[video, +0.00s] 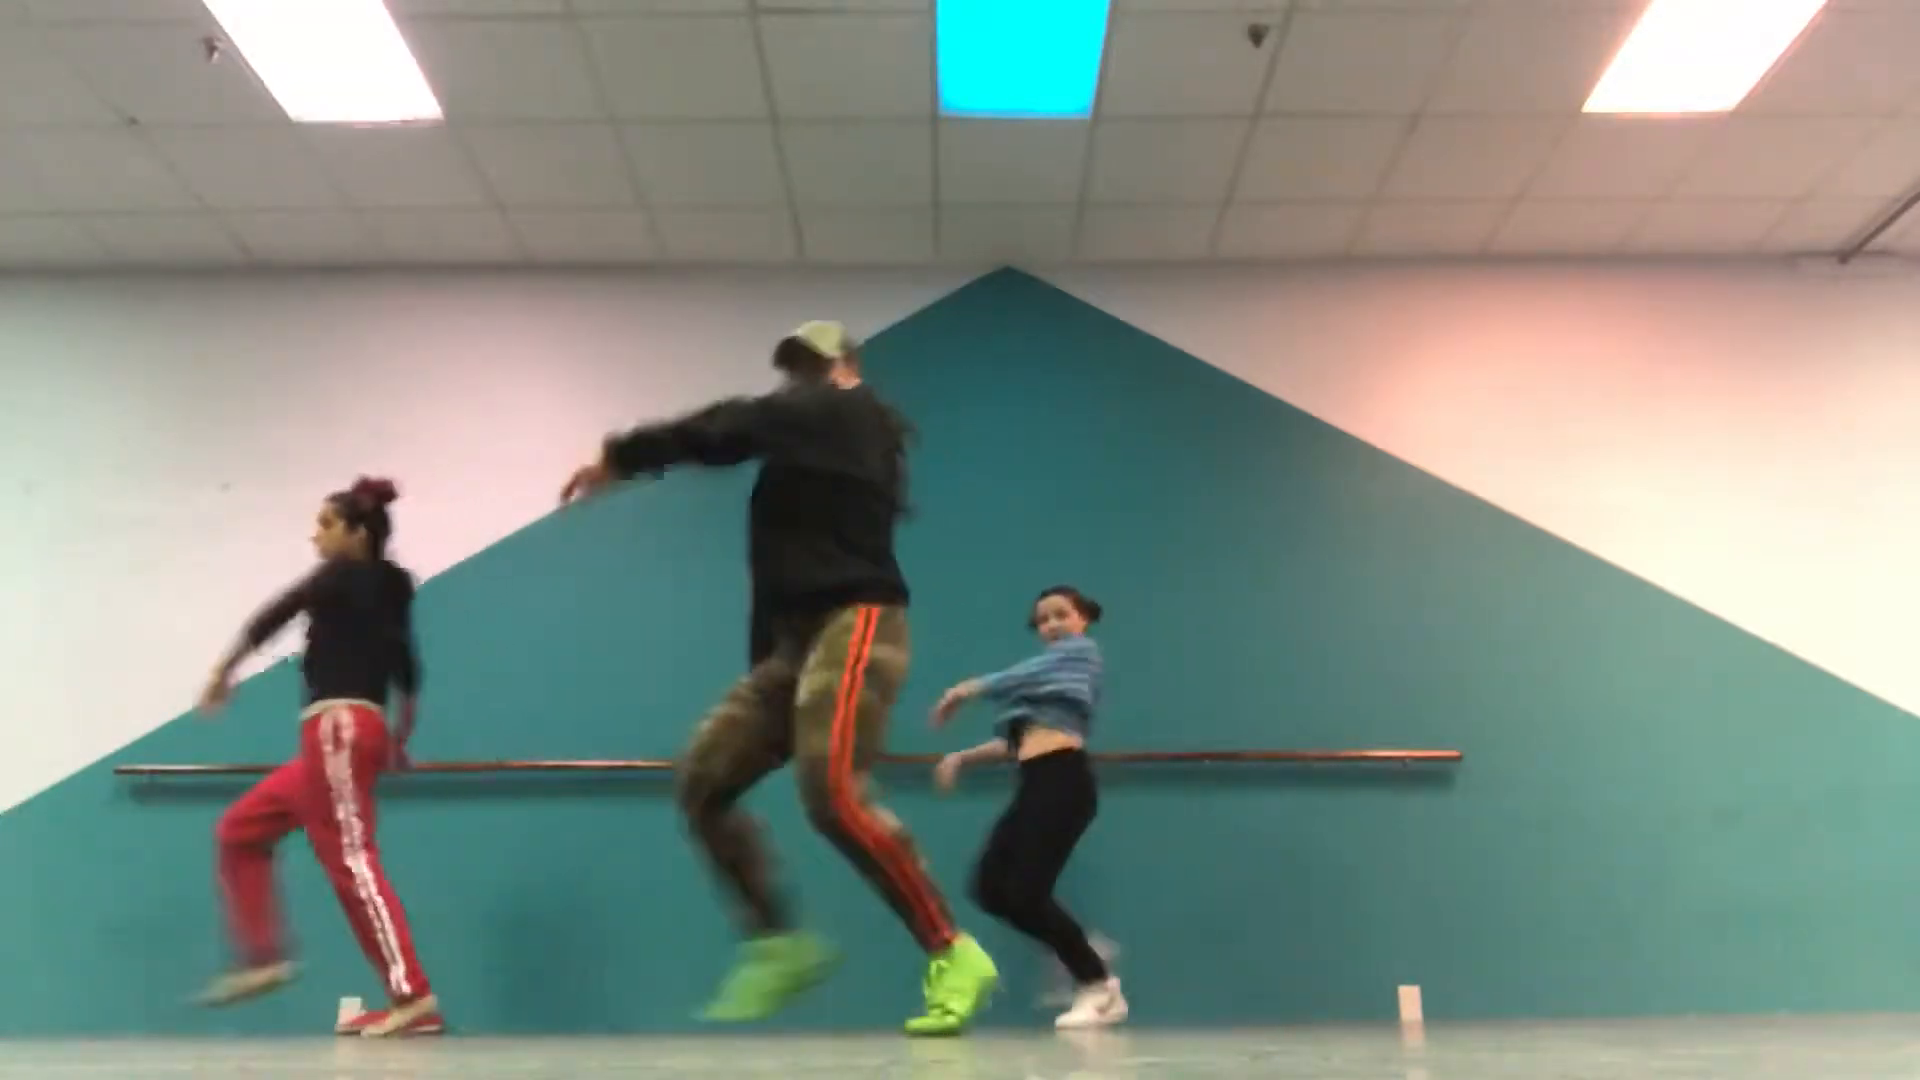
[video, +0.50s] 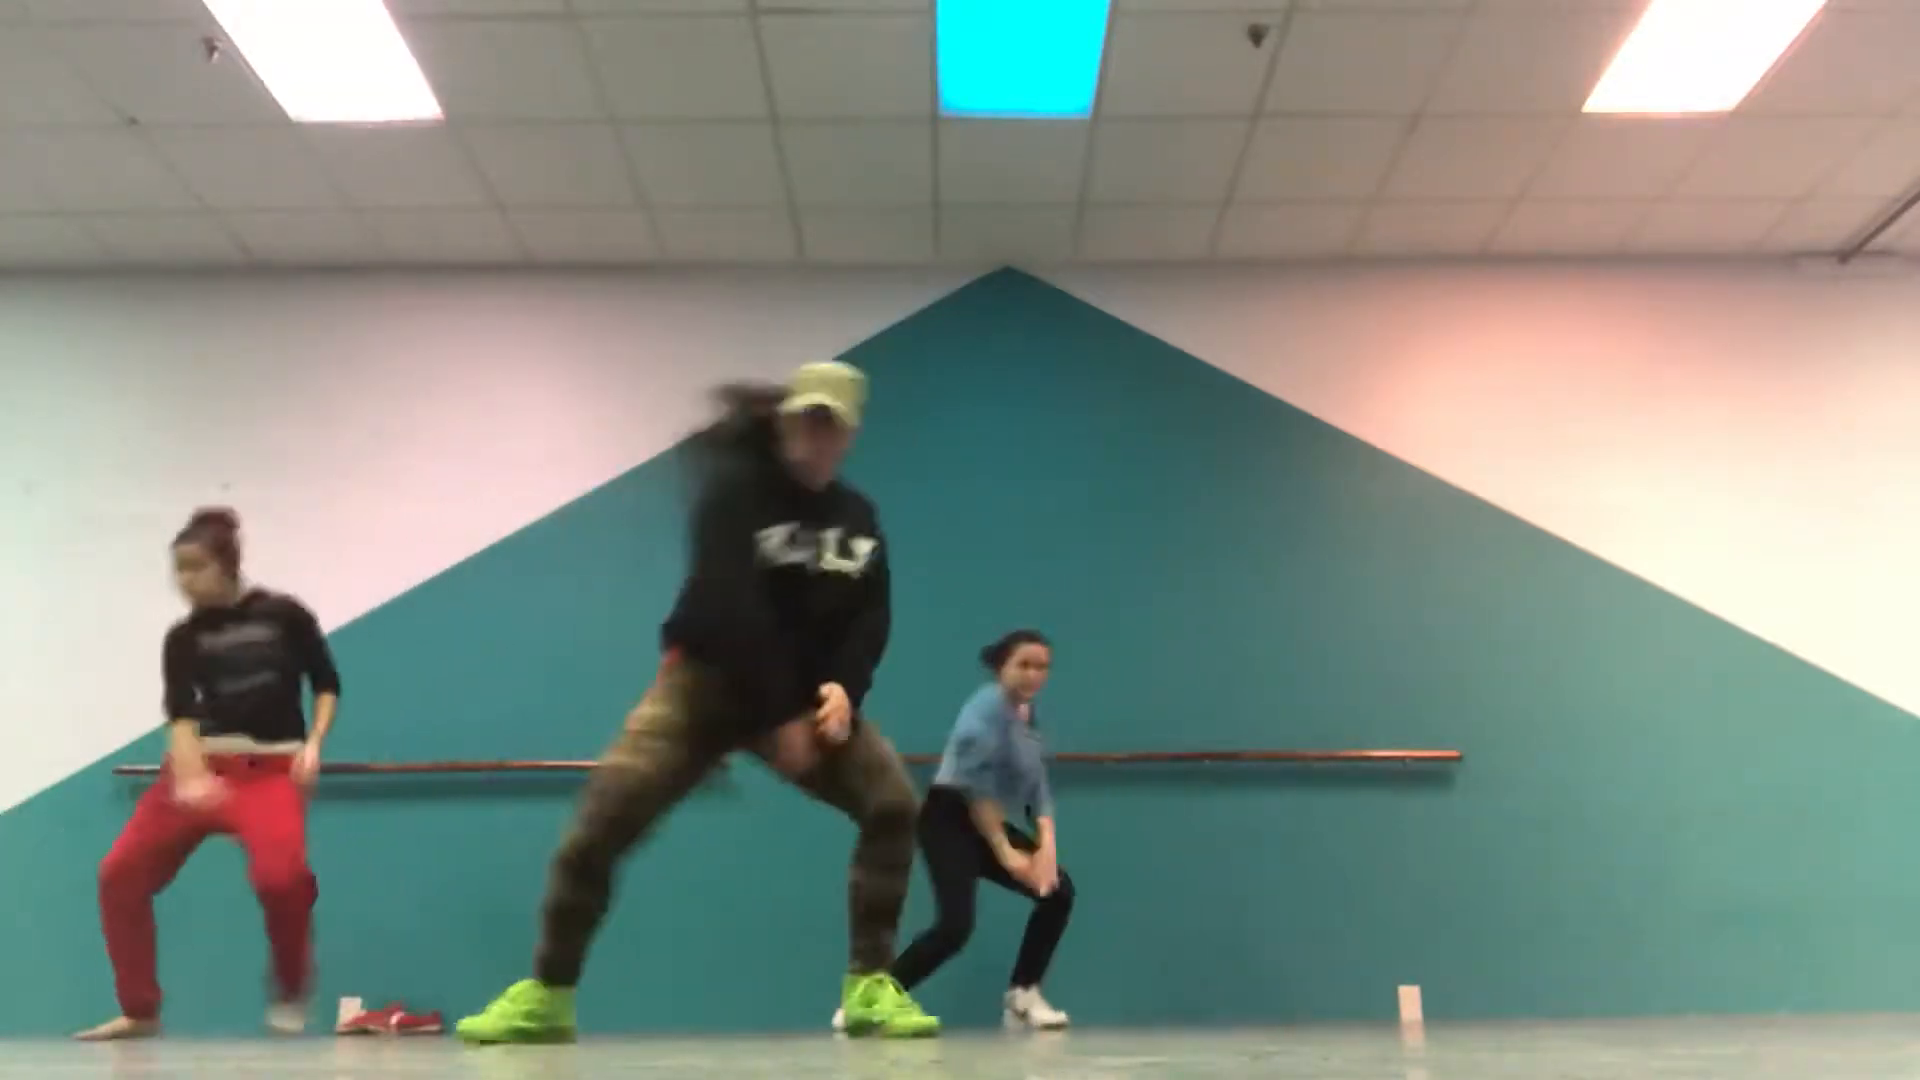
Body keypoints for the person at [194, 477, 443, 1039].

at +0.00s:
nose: (316, 535)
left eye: (325, 526)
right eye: (318, 525)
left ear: (357, 531)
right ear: (365, 534)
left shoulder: (336, 574)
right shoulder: (392, 584)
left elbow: (275, 615)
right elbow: (406, 664)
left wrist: (226, 669)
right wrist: (401, 733)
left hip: (337, 727)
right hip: (362, 730)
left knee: (350, 859)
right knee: (241, 829)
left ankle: (411, 997)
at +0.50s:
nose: (184, 579)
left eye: (194, 566)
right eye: (179, 567)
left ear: (227, 563)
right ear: (178, 570)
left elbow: (327, 684)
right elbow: (181, 716)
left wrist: (313, 745)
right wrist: (189, 775)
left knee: (282, 879)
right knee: (121, 874)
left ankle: (290, 995)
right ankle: (139, 1012)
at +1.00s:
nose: (318, 533)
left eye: (316, 524)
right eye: (307, 522)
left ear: (280, 532)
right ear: (274, 529)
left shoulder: (283, 588)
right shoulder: (263, 581)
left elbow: (298, 675)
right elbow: (281, 676)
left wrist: (323, 713)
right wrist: (325, 719)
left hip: (259, 751)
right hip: (224, 744)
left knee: (289, 876)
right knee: (214, 873)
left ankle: (233, 1009)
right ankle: (141, 1013)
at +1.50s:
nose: (375, 537)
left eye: (374, 526)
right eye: (368, 526)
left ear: (339, 529)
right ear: (341, 526)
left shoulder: (342, 580)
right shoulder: (326, 576)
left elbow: (377, 653)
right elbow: (366, 651)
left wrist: (418, 702)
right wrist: (419, 700)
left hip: (287, 716)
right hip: (304, 716)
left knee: (295, 865)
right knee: (344, 839)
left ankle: (244, 996)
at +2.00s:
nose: (474, 579)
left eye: (473, 569)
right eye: (468, 569)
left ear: (442, 572)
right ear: (442, 570)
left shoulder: (446, 631)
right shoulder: (395, 618)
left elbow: (429, 705)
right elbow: (353, 694)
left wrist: (455, 752)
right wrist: (339, 762)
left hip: (418, 764)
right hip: (389, 760)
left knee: (452, 878)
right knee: (419, 884)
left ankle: (352, 954)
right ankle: (372, 1009)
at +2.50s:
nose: (535, 592)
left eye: (534, 581)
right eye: (532, 581)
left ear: (494, 579)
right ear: (514, 579)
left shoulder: (467, 624)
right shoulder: (488, 629)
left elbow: (478, 719)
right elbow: (490, 723)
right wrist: (499, 793)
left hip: (438, 765)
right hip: (458, 767)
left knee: (472, 895)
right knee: (494, 895)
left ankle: (373, 920)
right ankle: (424, 1012)